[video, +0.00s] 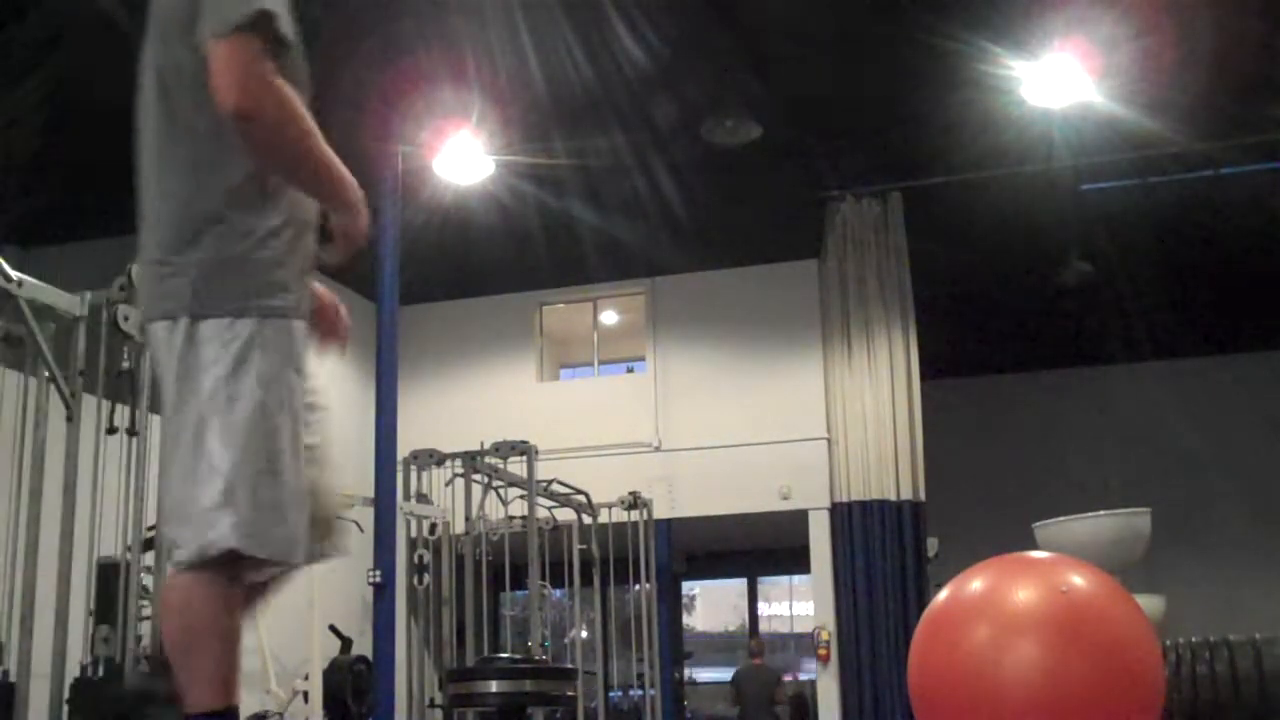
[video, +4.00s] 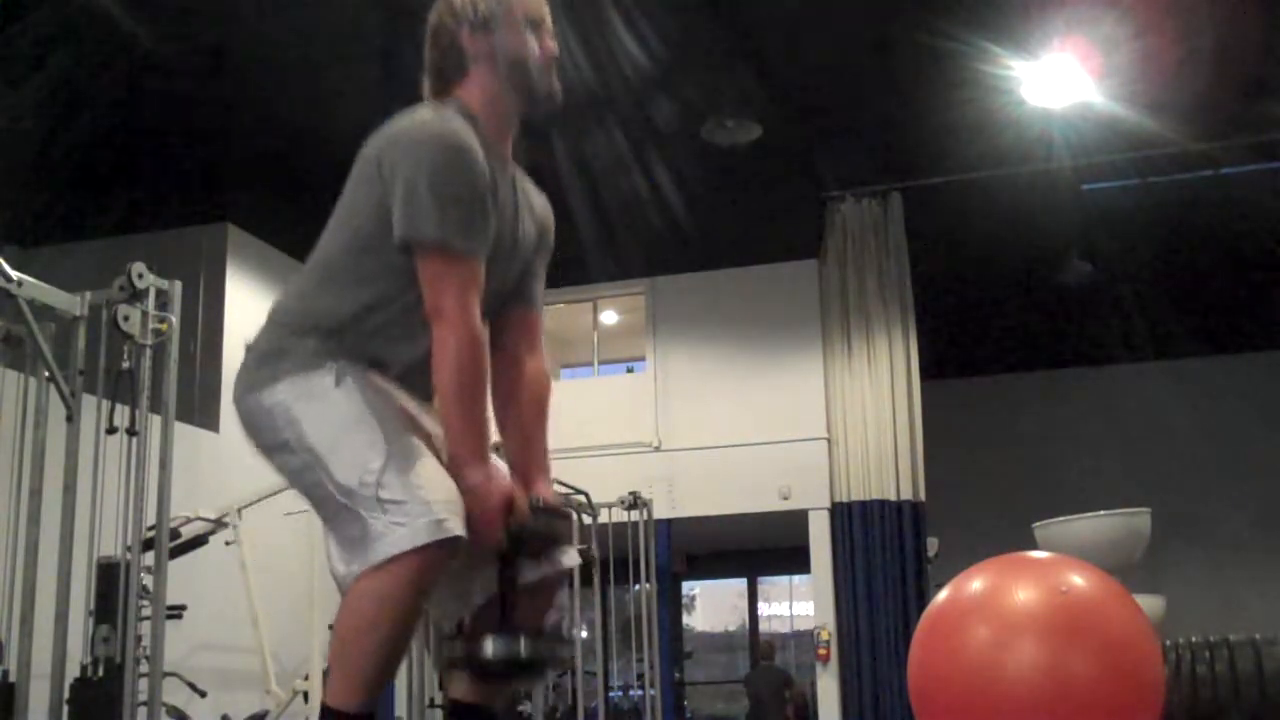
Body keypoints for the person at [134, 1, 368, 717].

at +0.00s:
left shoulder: (191, 21)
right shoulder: (227, 7)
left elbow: (208, 165)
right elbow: (244, 90)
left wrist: (296, 283)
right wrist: (347, 195)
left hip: (241, 300)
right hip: (220, 298)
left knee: (290, 531)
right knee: (218, 541)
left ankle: (161, 683)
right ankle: (210, 710)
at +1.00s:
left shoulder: (487, 41)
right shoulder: (412, 5)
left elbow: (456, 189)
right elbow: (369, 119)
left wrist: (509, 289)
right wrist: (445, 268)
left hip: (461, 307)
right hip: (385, 294)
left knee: (514, 540)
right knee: (380, 529)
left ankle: (465, 715)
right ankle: (339, 712)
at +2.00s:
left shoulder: (527, 59)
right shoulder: (434, 5)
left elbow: (514, 197)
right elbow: (400, 125)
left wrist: (540, 313)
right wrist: (430, 271)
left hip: (500, 332)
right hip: (418, 306)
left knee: (485, 555)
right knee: (400, 526)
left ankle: (472, 717)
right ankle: (358, 714)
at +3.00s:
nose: (645, 186)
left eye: (648, 168)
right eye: (632, 161)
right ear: (571, 154)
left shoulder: (572, 305)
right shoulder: (493, 237)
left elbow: (543, 460)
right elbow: (474, 430)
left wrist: (547, 605)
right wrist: (488, 601)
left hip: (397, 446)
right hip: (307, 427)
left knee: (566, 570)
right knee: (459, 548)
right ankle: (355, 709)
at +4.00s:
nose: (554, 47)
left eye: (552, 31)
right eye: (533, 26)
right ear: (473, 38)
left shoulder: (530, 208)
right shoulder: (436, 142)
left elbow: (523, 352)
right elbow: (454, 320)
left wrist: (536, 485)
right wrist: (475, 472)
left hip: (389, 388)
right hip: (304, 371)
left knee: (505, 544)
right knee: (416, 528)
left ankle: (474, 703)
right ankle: (343, 712)